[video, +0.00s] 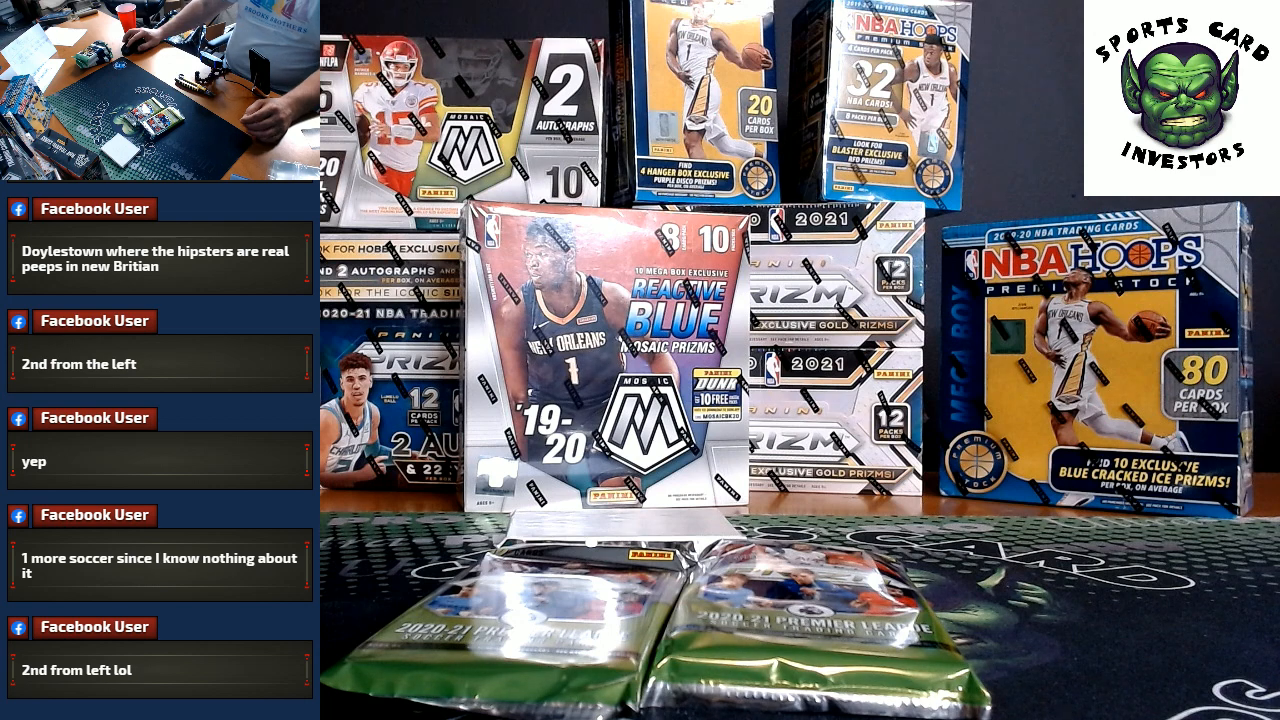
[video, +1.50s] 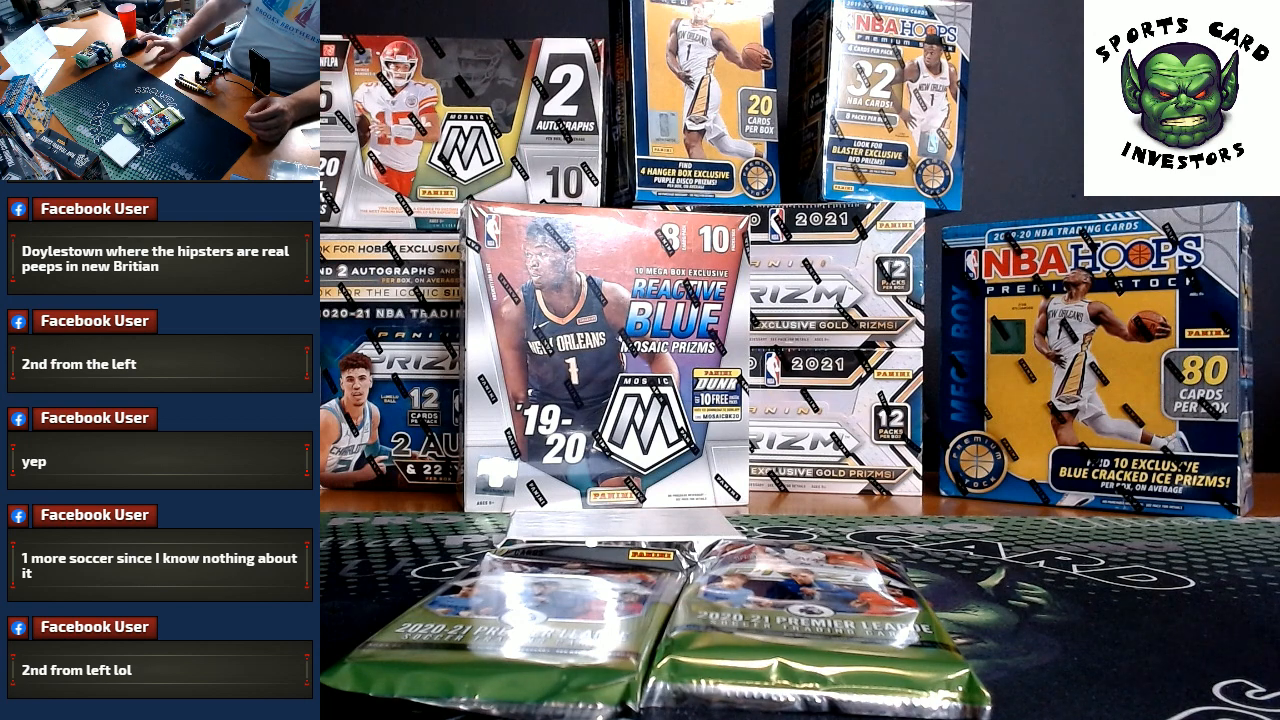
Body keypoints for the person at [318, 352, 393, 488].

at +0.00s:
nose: (356, 385)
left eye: (362, 378)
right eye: (350, 379)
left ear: (370, 382)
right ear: (341, 383)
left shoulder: (372, 413)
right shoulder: (325, 419)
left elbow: (373, 450)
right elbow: (316, 477)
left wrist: (406, 456)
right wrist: (360, 475)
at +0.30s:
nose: (356, 385)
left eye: (362, 378)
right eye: (350, 379)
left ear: (370, 382)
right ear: (341, 383)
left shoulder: (372, 413)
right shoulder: (325, 419)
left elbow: (373, 450)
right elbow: (317, 477)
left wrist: (406, 456)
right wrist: (360, 475)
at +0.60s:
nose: (356, 385)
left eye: (362, 378)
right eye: (350, 379)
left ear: (370, 382)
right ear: (341, 383)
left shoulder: (372, 413)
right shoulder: (325, 419)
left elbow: (373, 450)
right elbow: (316, 477)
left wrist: (406, 456)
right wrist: (360, 475)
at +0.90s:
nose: (356, 385)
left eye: (362, 378)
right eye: (350, 379)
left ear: (370, 382)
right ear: (341, 383)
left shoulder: (372, 413)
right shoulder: (325, 419)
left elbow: (373, 450)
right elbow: (316, 477)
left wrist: (406, 456)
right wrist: (360, 475)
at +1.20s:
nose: (356, 385)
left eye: (362, 378)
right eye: (350, 379)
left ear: (370, 382)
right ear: (341, 383)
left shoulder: (372, 413)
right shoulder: (325, 419)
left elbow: (373, 450)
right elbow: (316, 477)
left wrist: (406, 456)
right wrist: (360, 475)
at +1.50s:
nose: (356, 385)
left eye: (362, 378)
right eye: (350, 379)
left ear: (370, 382)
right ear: (341, 383)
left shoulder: (372, 413)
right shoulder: (325, 419)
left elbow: (373, 450)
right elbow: (316, 477)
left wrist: (406, 456)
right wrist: (360, 475)